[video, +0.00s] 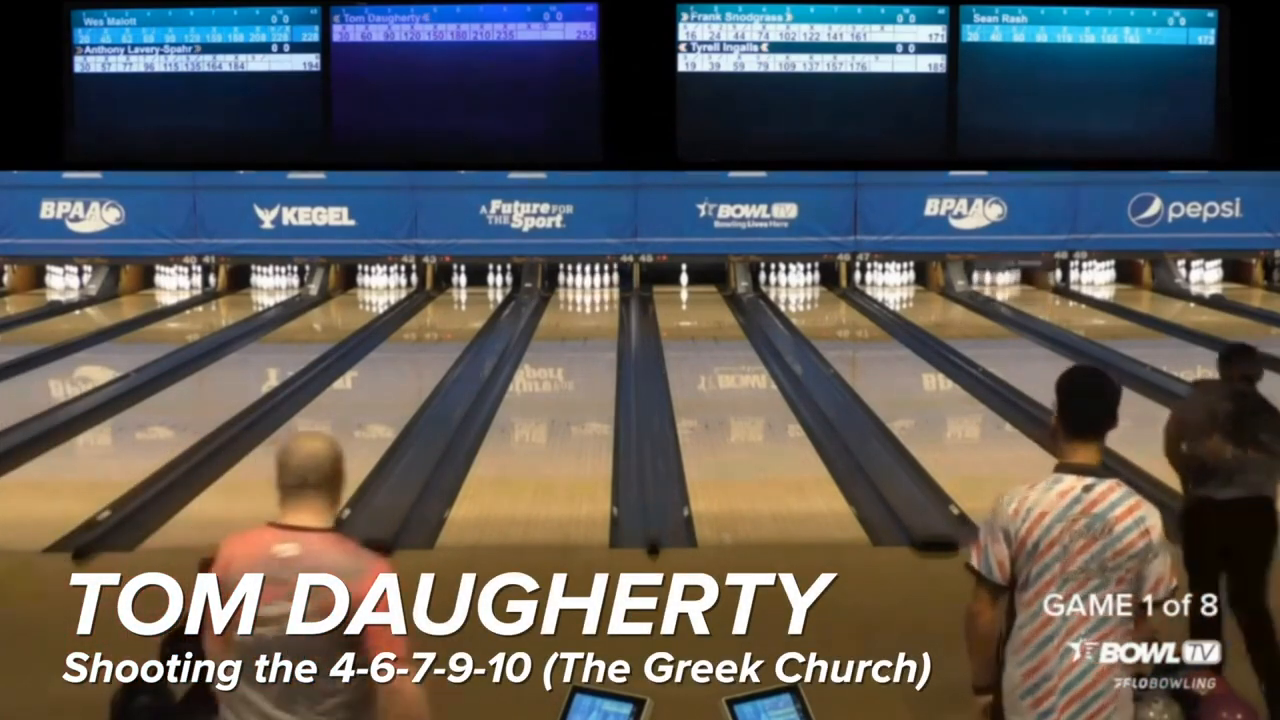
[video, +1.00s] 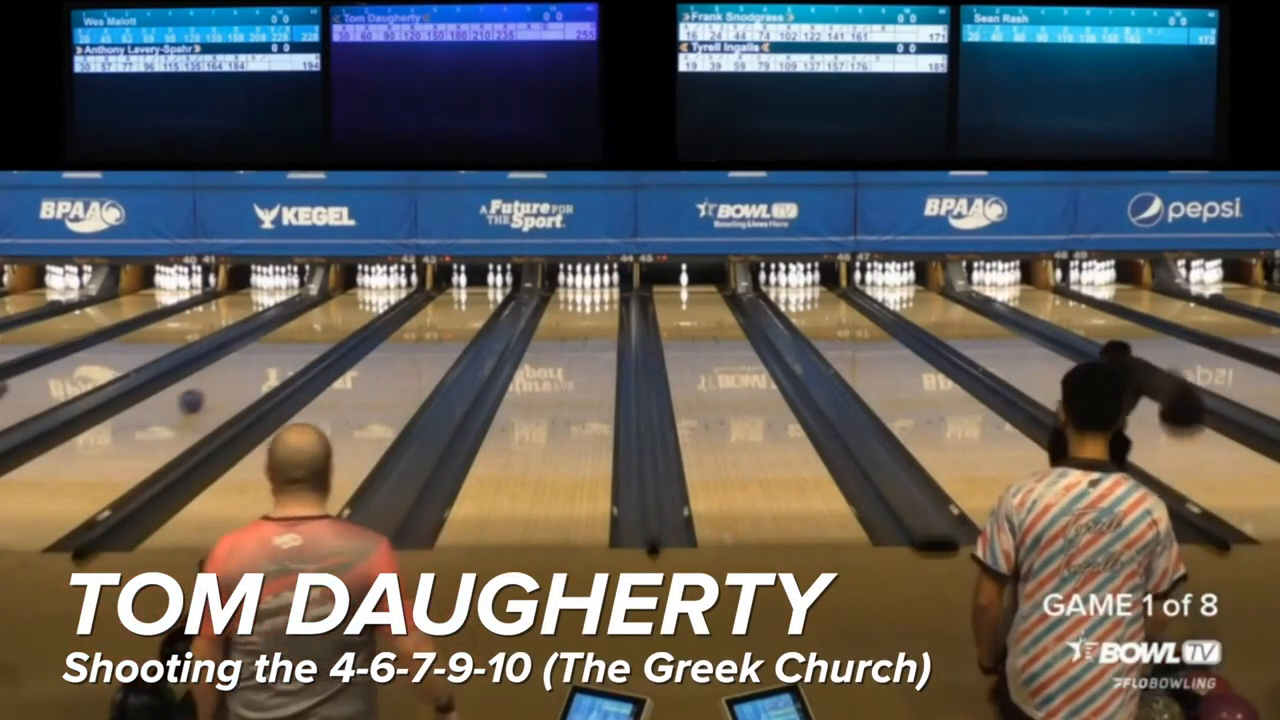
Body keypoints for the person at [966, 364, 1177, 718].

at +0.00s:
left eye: (1055, 415)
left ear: (1056, 420)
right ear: (1114, 424)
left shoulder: (1019, 507)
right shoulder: (1142, 515)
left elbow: (985, 608)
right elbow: (1151, 617)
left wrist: (985, 690)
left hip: (1029, 691)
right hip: (1107, 694)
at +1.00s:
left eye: (1061, 405)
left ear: (1063, 413)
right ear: (1122, 419)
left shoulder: (1024, 497)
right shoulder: (1149, 508)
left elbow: (987, 600)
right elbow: (1160, 607)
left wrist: (990, 662)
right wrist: (1141, 650)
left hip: (1033, 686)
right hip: (1112, 692)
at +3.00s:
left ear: (1067, 414)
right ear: (1123, 422)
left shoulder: (1028, 498)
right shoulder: (1150, 514)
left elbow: (989, 600)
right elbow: (1151, 614)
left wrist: (987, 668)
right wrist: (1139, 676)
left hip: (1030, 686)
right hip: (1107, 695)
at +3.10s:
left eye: (1068, 409)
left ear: (1069, 414)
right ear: (1126, 421)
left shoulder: (1031, 497)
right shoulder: (1153, 513)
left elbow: (989, 601)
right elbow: (1153, 613)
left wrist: (987, 668)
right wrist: (1137, 675)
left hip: (1031, 685)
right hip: (1108, 694)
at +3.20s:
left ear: (1071, 415)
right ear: (1127, 421)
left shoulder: (1032, 497)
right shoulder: (1153, 514)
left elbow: (990, 601)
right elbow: (1154, 615)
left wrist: (987, 666)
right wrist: (1137, 673)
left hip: (1032, 686)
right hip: (1108, 695)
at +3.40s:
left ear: (1070, 415)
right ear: (1126, 423)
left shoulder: (1031, 497)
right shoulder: (1152, 514)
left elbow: (991, 600)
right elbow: (1154, 614)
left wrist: (988, 667)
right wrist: (1137, 673)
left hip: (1032, 685)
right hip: (1109, 694)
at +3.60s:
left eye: (1057, 406)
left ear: (1060, 412)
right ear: (1117, 419)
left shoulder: (1022, 500)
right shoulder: (1144, 513)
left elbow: (988, 601)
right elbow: (1150, 615)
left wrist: (985, 671)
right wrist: (1136, 674)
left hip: (1029, 691)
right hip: (1106, 696)